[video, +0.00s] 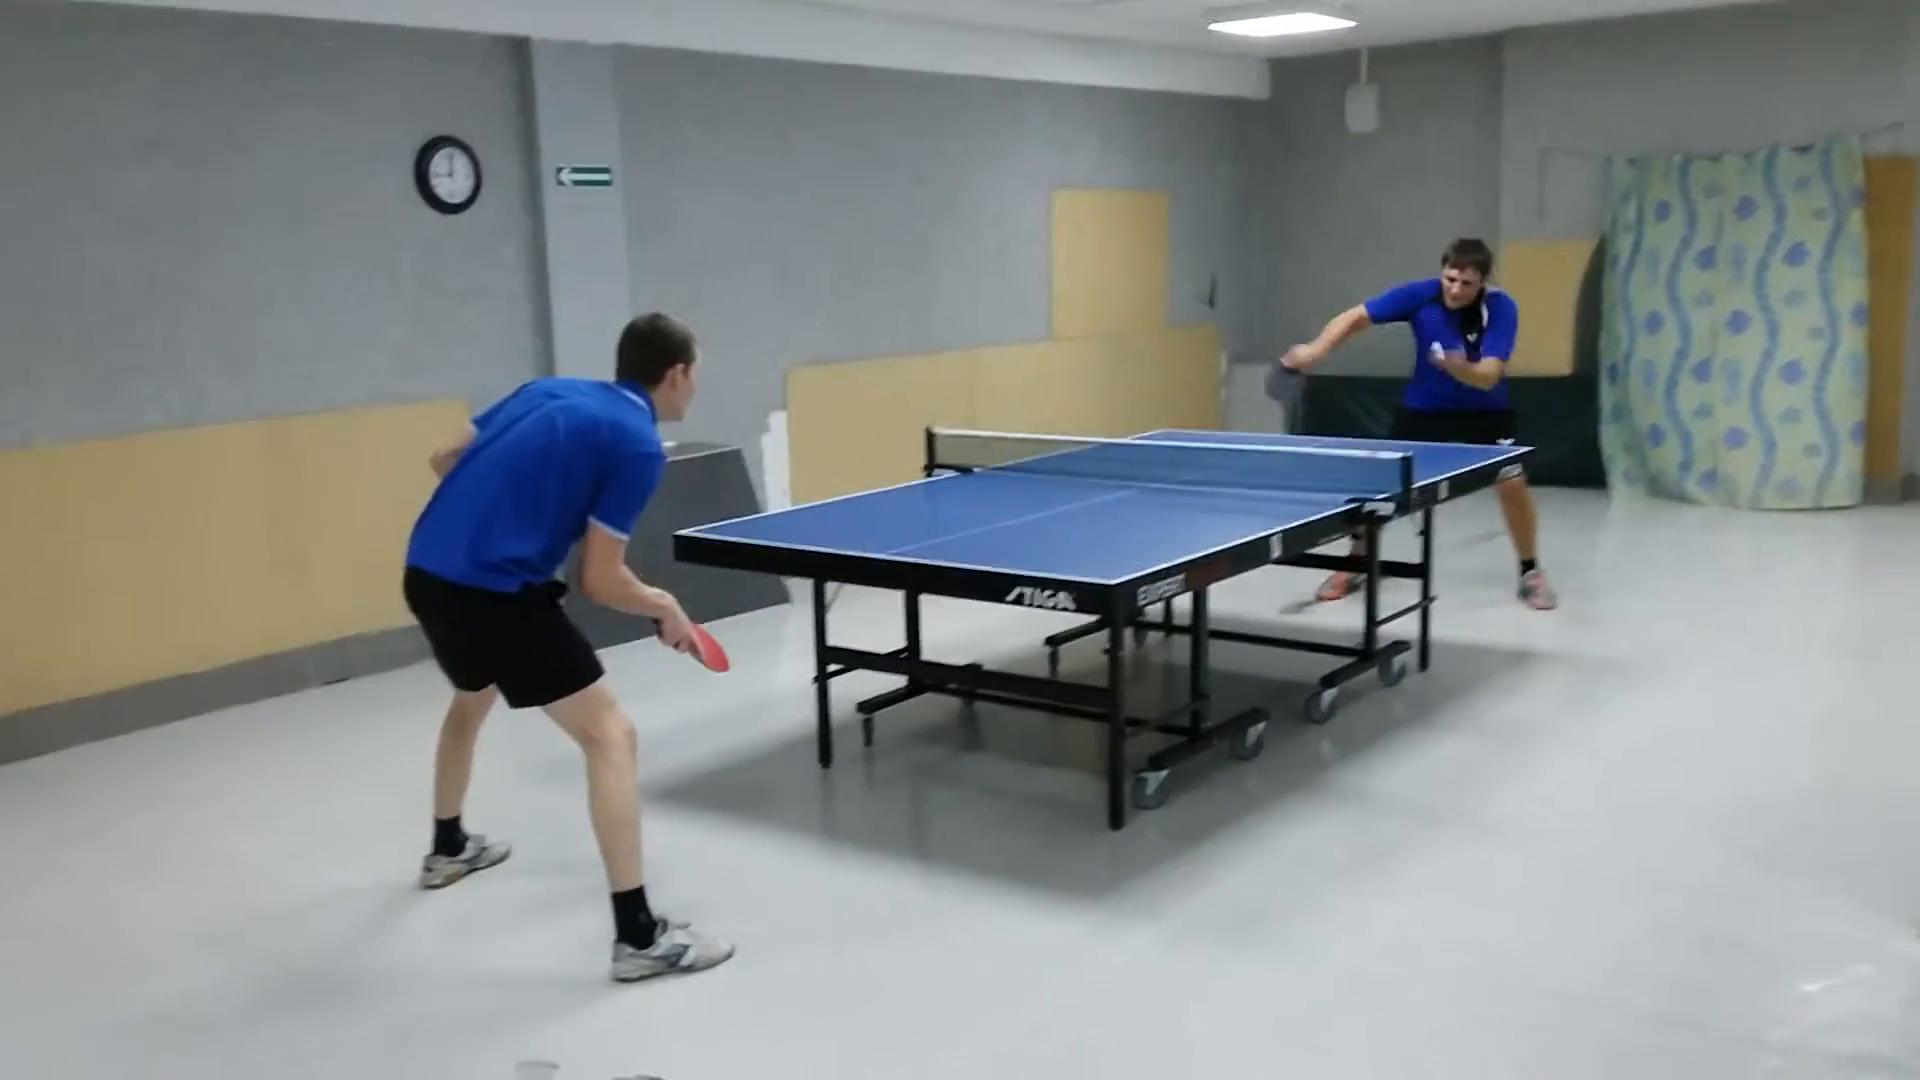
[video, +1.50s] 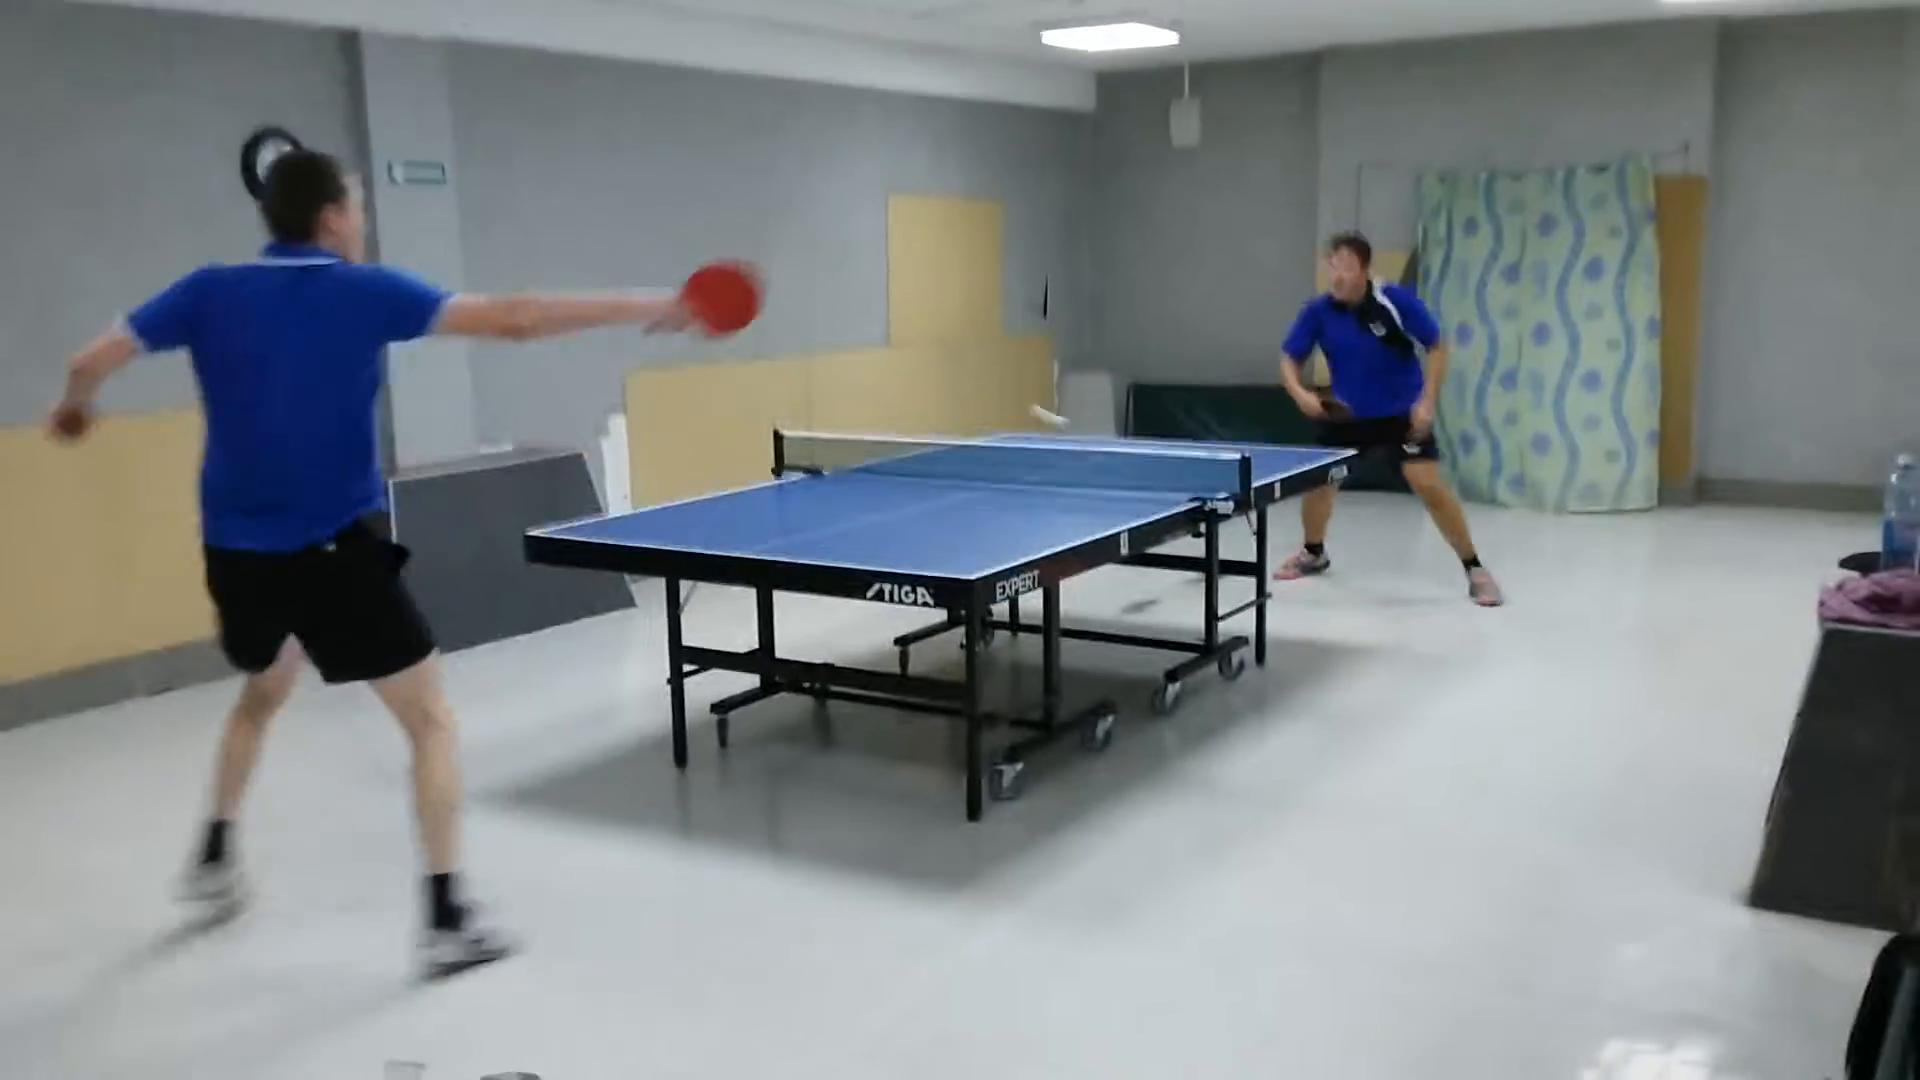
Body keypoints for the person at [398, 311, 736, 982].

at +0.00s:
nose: (695, 387)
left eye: (693, 374)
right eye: (693, 375)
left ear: (628, 367)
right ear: (673, 377)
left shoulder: (550, 391)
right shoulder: (637, 444)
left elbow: (445, 457)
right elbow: (601, 579)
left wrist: (502, 522)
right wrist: (664, 606)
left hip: (429, 572)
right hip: (499, 590)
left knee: (474, 691)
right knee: (610, 736)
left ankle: (446, 846)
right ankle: (638, 936)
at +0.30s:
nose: (632, 392)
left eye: (633, 379)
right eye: (631, 380)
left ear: (562, 373)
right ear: (610, 382)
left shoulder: (490, 404)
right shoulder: (583, 452)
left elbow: (395, 482)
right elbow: (559, 590)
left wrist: (457, 544)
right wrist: (629, 609)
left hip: (385, 601)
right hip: (457, 616)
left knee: (428, 717)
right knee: (563, 762)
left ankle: (390, 875)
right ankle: (586, 962)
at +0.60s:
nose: (573, 364)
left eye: (570, 351)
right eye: (569, 352)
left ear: (505, 355)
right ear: (547, 358)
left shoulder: (434, 396)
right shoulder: (530, 436)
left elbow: (349, 482)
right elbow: (532, 573)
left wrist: (414, 530)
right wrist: (608, 579)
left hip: (352, 605)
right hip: (423, 617)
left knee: (396, 723)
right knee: (531, 765)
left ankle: (338, 880)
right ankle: (538, 966)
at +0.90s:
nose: (552, 379)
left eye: (549, 366)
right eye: (549, 367)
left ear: (480, 370)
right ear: (532, 371)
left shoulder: (418, 419)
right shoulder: (525, 447)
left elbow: (399, 512)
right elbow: (596, 562)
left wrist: (480, 552)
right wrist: (615, 522)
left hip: (330, 620)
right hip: (408, 628)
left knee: (400, 708)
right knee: (567, 715)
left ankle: (305, 842)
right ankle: (574, 900)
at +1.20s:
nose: (511, 393)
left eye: (510, 381)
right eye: (509, 381)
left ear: (438, 386)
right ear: (493, 382)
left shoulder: (381, 437)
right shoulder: (485, 473)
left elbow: (326, 509)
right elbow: (600, 566)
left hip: (338, 658)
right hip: (409, 666)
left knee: (425, 706)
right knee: (588, 709)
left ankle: (306, 836)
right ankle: (576, 899)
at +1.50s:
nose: (360, 220)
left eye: (354, 206)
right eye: (353, 207)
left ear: (275, 218)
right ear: (330, 216)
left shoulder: (212, 291)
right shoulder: (363, 292)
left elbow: (91, 359)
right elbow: (510, 319)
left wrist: (73, 408)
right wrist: (647, 308)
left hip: (237, 555)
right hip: (338, 551)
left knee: (266, 683)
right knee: (430, 721)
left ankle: (212, 856)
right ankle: (447, 920)